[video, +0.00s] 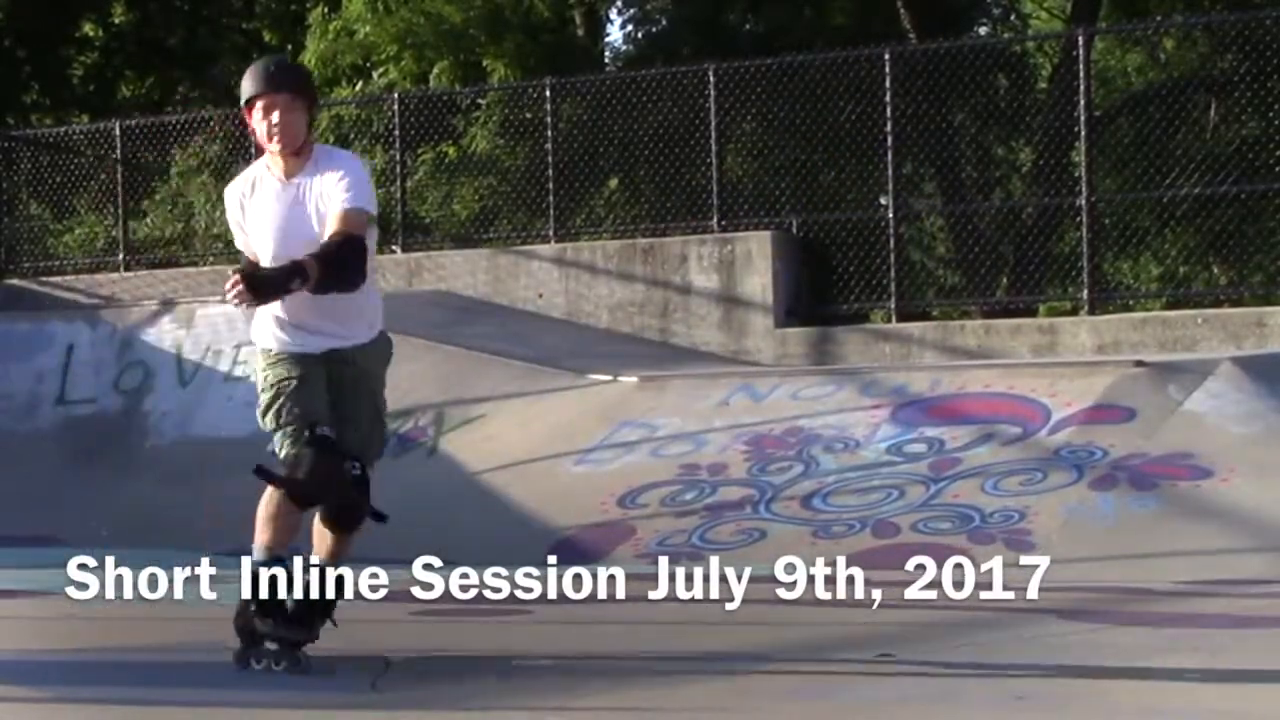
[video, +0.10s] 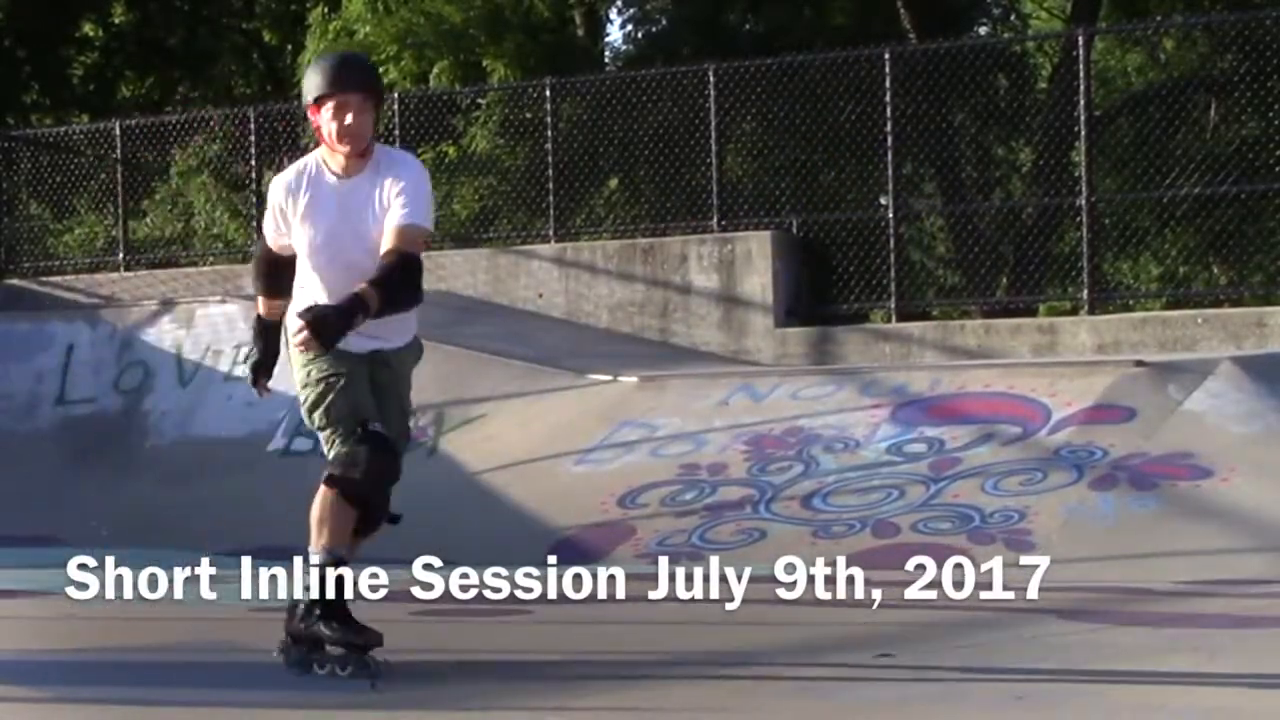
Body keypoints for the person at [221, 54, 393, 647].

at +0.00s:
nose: (273, 122)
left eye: (284, 109)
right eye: (262, 112)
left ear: (309, 111)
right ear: (248, 122)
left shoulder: (344, 172)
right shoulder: (240, 194)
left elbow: (347, 263)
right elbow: (264, 272)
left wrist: (277, 279)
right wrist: (253, 289)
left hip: (356, 346)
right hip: (285, 344)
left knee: (350, 487)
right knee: (304, 465)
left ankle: (315, 606)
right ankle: (258, 605)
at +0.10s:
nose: (346, 122)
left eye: (357, 108)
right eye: (333, 110)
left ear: (376, 110)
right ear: (314, 117)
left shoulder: (405, 175)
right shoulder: (289, 188)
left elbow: (405, 275)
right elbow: (273, 272)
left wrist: (346, 311)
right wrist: (265, 342)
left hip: (391, 346)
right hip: (321, 345)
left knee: (378, 484)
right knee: (354, 459)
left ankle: (315, 606)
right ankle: (321, 602)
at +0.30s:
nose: (525, 120)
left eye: (530, 107)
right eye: (512, 107)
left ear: (536, 108)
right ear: (474, 111)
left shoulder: (543, 185)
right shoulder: (422, 174)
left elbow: (546, 287)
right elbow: (346, 233)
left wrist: (529, 365)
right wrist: (301, 303)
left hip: (476, 347)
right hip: (415, 338)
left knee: (429, 496)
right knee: (480, 460)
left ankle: (356, 617)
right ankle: (468, 615)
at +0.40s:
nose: (608, 113)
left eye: (613, 99)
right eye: (596, 99)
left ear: (613, 102)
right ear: (555, 101)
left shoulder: (613, 180)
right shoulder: (499, 166)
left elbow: (628, 277)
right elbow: (408, 226)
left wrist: (643, 362)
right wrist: (363, 307)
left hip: (527, 345)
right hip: (471, 333)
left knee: (499, 492)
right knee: (554, 454)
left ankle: (422, 617)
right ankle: (551, 617)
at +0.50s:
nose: (689, 92)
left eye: (688, 79)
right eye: (675, 80)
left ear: (657, 91)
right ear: (632, 91)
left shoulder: (682, 169)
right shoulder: (574, 157)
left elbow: (710, 271)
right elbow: (486, 227)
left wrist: (746, 354)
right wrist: (447, 318)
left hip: (600, 338)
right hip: (542, 328)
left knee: (580, 495)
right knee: (635, 453)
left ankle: (498, 617)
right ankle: (640, 619)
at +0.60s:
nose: (753, 81)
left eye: (752, 68)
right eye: (740, 70)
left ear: (721, 78)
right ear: (694, 77)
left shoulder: (743, 157)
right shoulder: (642, 144)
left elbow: (775, 260)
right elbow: (559, 224)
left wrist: (820, 344)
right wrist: (527, 322)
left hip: (666, 331)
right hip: (610, 324)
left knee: (657, 490)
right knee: (709, 452)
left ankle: (573, 619)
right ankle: (717, 621)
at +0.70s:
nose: (828, 66)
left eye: (827, 52)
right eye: (815, 54)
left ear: (799, 62)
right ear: (770, 63)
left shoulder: (819, 146)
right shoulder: (719, 137)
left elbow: (845, 252)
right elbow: (644, 224)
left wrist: (885, 332)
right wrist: (617, 324)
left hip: (752, 329)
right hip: (693, 323)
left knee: (749, 485)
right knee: (797, 451)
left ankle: (666, 618)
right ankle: (806, 622)